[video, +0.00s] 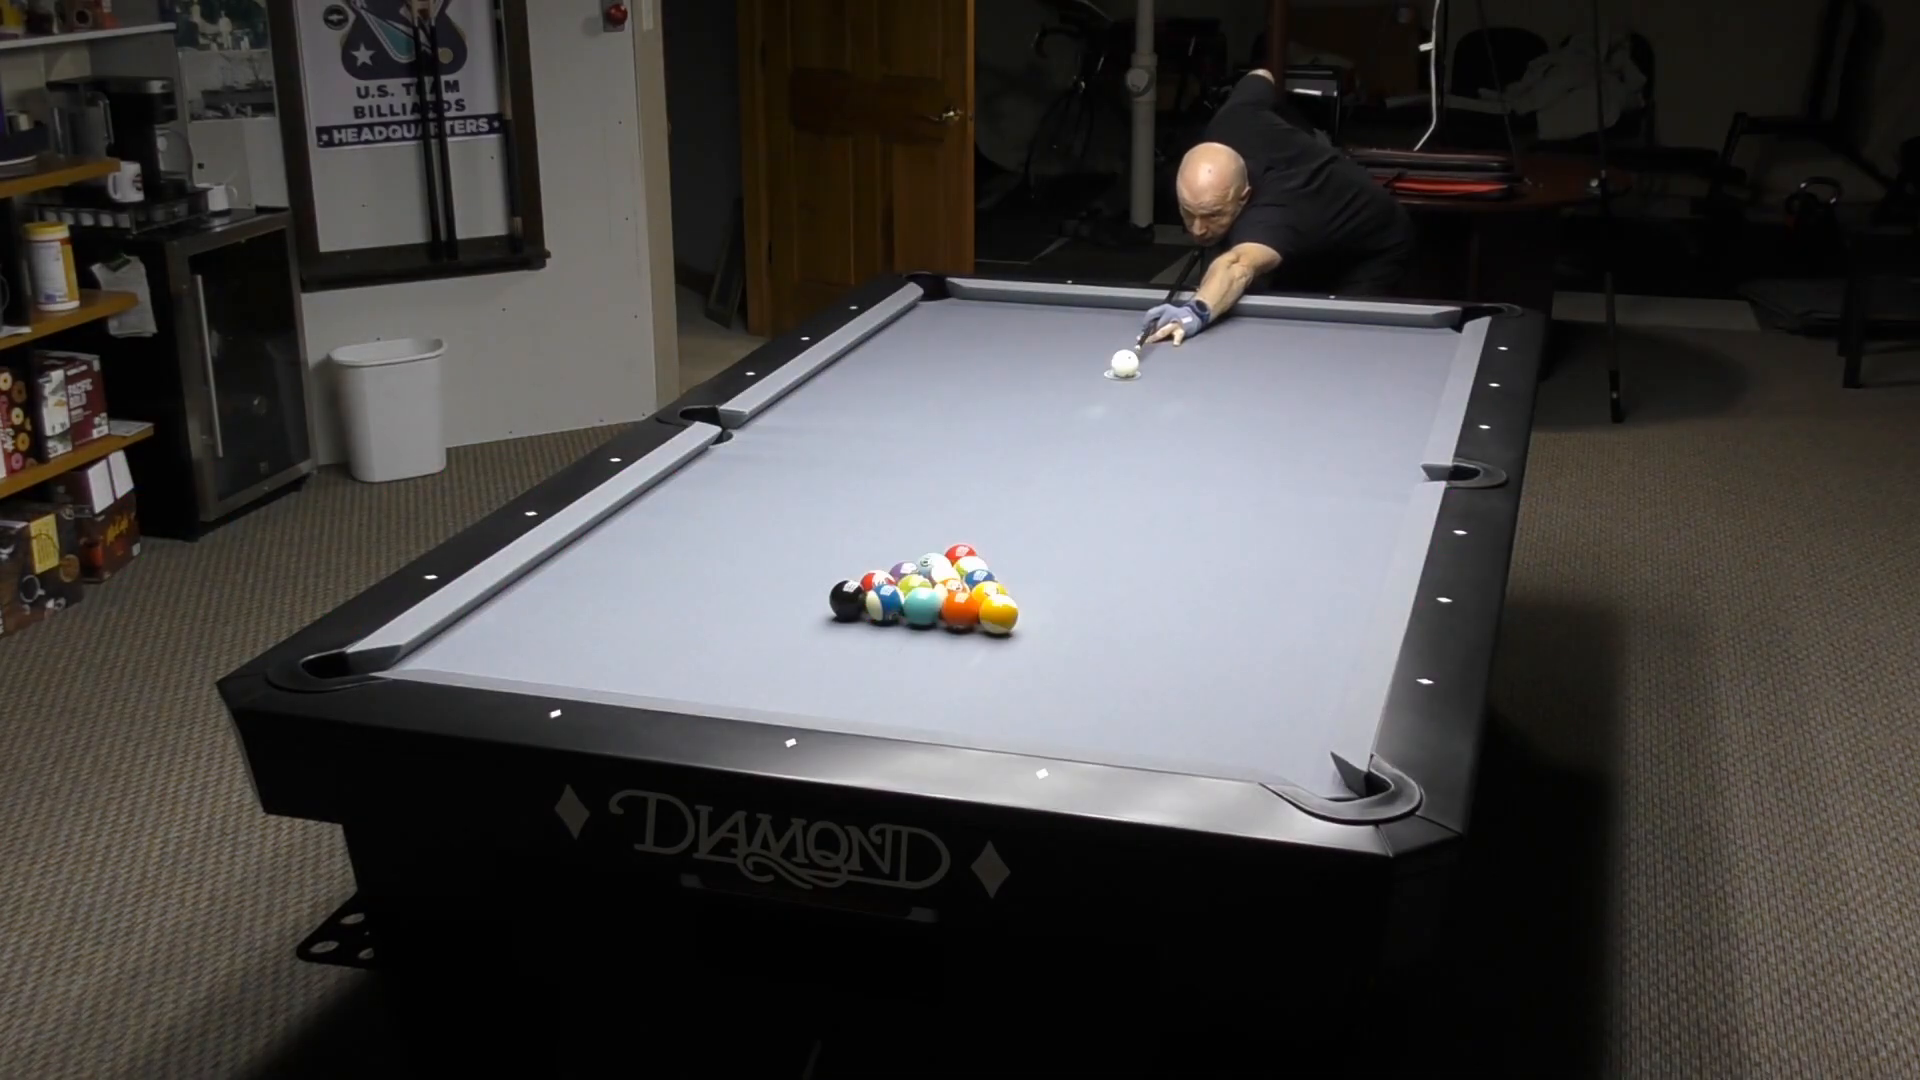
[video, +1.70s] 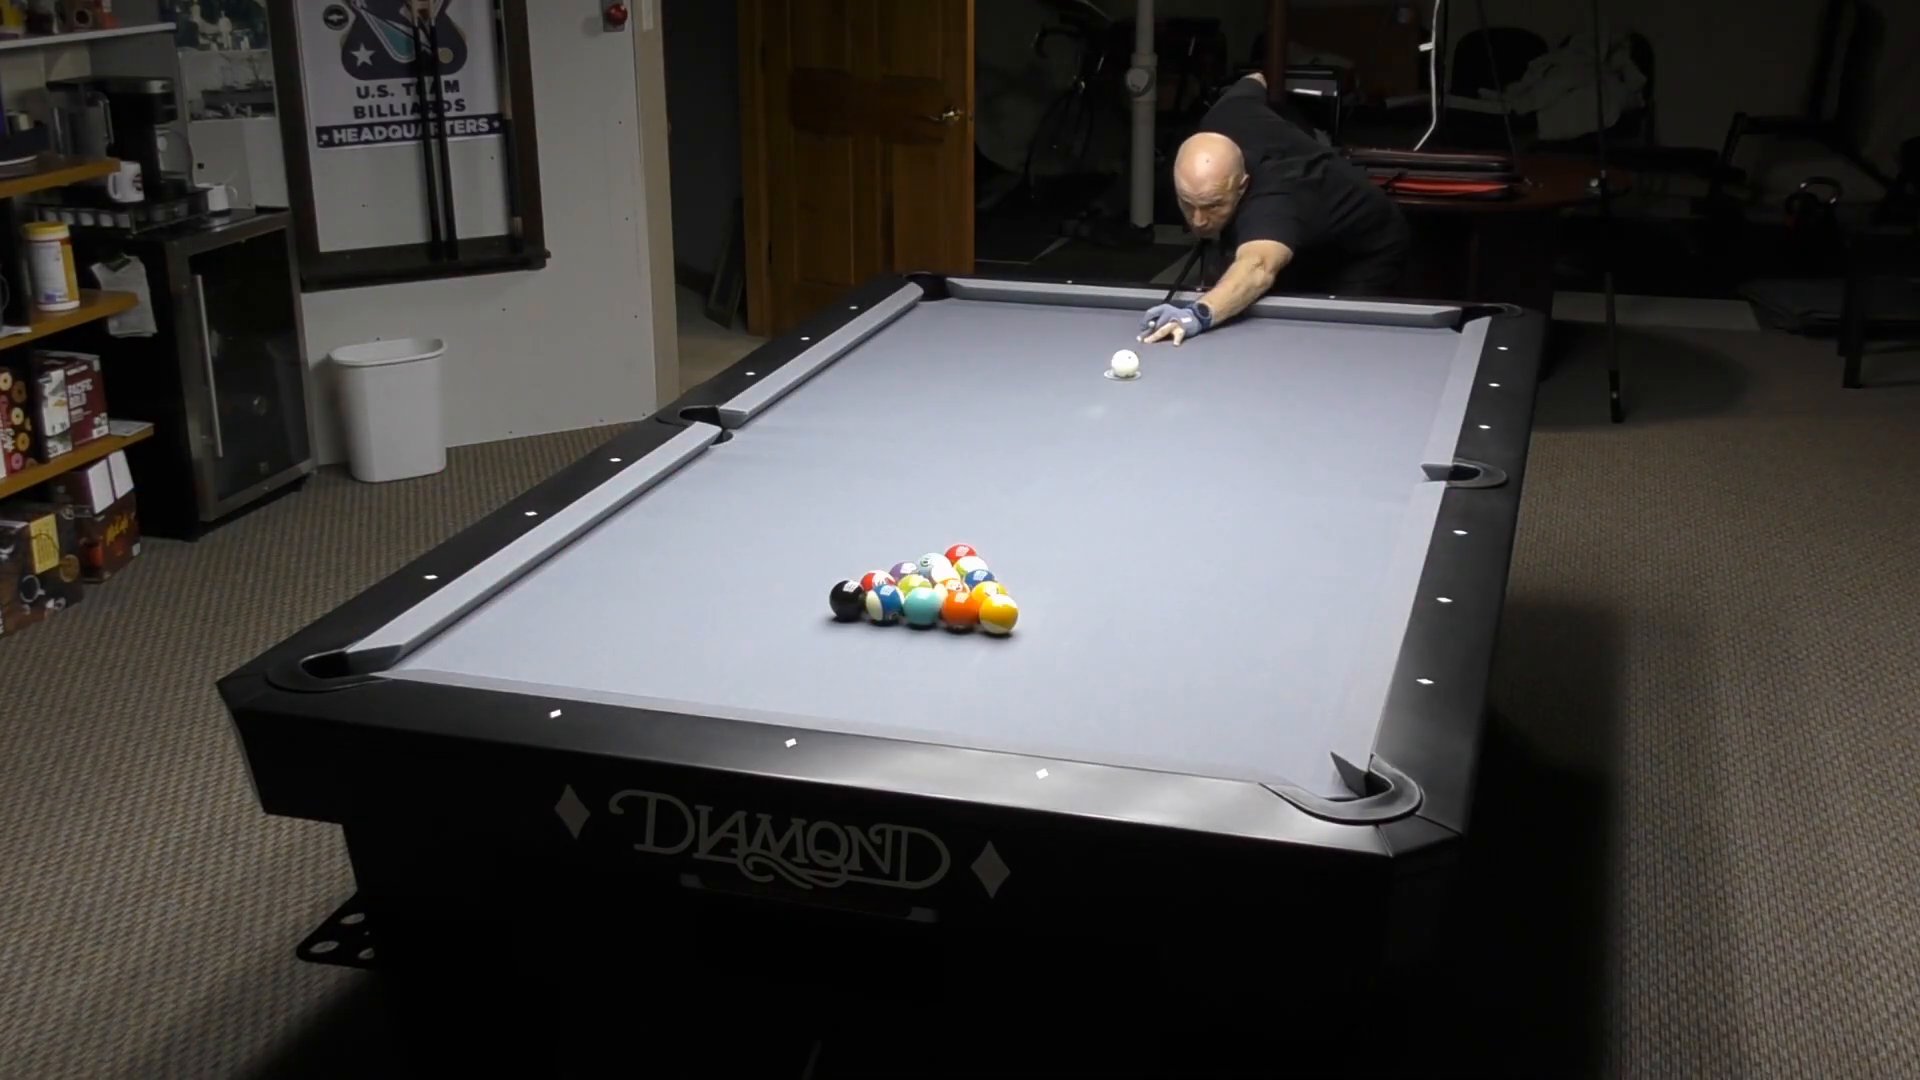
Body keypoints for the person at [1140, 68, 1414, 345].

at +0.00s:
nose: (1198, 230)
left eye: (1212, 218)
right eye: (1188, 215)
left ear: (1244, 195)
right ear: (1178, 187)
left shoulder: (1273, 216)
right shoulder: (1233, 121)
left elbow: (1237, 267)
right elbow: (1261, 74)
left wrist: (1195, 312)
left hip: (1379, 240)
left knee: (1339, 339)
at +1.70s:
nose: (1198, 221)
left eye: (1212, 207)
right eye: (1187, 205)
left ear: (1241, 184)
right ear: (1177, 181)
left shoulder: (1274, 196)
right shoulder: (1228, 113)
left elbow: (1258, 267)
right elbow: (1256, 78)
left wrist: (1198, 314)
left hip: (1373, 244)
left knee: (1338, 343)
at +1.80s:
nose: (1222, 174)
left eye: (1237, 161)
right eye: (1210, 159)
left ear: (1266, 138)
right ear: (1204, 127)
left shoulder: (1298, 170)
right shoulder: (1240, 78)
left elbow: (1277, 276)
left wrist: (1211, 316)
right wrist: (1221, 183)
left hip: (1363, 238)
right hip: (1295, 228)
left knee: (1342, 341)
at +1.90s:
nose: (1254, 94)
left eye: (1272, 80)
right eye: (1246, 74)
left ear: (1303, 72)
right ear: (1236, 60)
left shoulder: (1322, 129)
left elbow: (1291, 249)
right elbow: (1238, 106)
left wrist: (1214, 293)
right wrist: (1234, 162)